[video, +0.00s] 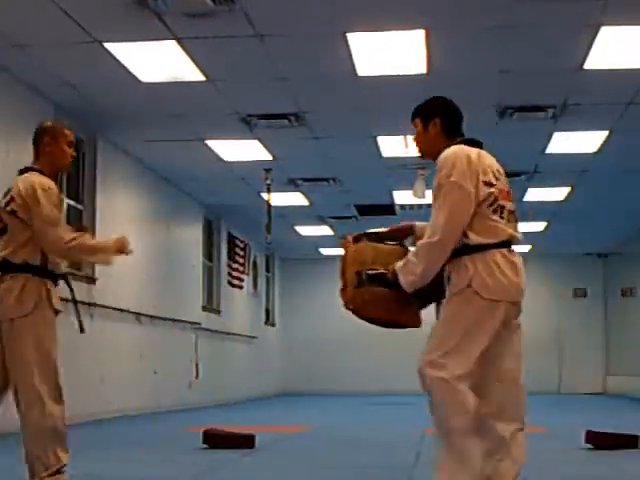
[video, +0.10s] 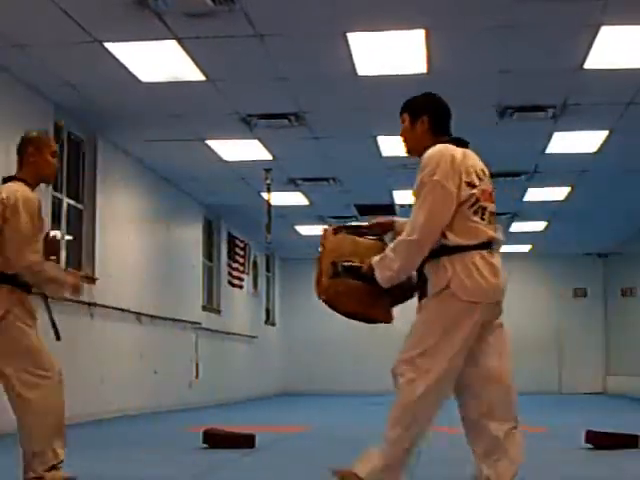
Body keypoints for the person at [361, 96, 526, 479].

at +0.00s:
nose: (415, 142)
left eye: (416, 132)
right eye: (413, 134)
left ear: (434, 127)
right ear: (451, 127)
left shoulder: (457, 158)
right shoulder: (484, 160)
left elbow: (446, 232)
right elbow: (466, 229)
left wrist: (404, 274)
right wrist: (416, 230)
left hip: (481, 276)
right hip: (504, 273)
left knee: (439, 367)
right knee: (499, 381)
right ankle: (502, 467)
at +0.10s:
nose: (401, 136)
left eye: (404, 126)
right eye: (401, 127)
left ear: (421, 124)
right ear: (438, 124)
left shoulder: (442, 157)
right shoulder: (470, 160)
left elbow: (422, 233)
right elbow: (448, 228)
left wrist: (378, 271)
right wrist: (396, 227)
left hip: (460, 282)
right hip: (485, 279)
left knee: (418, 372)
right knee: (485, 386)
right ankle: (498, 470)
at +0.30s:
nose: (364, 134)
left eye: (368, 124)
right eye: (365, 125)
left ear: (387, 123)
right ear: (401, 126)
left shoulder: (396, 162)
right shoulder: (435, 164)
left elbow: (376, 235)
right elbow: (413, 224)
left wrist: (332, 269)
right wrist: (362, 224)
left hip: (410, 283)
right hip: (443, 278)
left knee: (370, 385)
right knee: (458, 394)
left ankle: (345, 471)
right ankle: (490, 473)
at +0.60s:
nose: (301, 138)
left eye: (304, 128)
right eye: (300, 130)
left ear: (322, 125)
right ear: (339, 126)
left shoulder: (338, 163)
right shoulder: (379, 155)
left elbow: (327, 235)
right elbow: (360, 215)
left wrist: (290, 281)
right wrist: (305, 235)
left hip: (376, 274)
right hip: (415, 266)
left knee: (353, 379)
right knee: (436, 379)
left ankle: (346, 471)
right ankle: (475, 469)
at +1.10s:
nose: (348, 146)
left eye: (350, 136)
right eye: (346, 138)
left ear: (368, 131)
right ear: (381, 132)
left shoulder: (384, 170)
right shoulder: (422, 167)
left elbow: (361, 237)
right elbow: (403, 236)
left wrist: (319, 250)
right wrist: (353, 257)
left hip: (398, 285)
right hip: (433, 280)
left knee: (348, 374)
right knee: (441, 382)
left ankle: (342, 472)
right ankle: (502, 467)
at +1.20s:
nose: (374, 144)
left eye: (374, 134)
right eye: (372, 136)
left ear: (392, 128)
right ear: (407, 127)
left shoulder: (418, 157)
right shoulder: (439, 160)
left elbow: (403, 223)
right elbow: (418, 230)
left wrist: (361, 221)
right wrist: (364, 233)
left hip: (428, 277)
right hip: (454, 275)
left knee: (382, 386)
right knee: (466, 390)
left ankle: (346, 473)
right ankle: (508, 471)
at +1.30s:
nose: (396, 145)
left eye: (396, 135)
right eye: (394, 138)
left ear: (414, 128)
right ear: (422, 128)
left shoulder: (444, 150)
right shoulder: (455, 154)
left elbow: (439, 214)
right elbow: (444, 230)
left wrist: (398, 220)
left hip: (462, 268)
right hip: (483, 268)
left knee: (420, 370)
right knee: (481, 385)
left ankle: (397, 469)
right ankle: (510, 471)